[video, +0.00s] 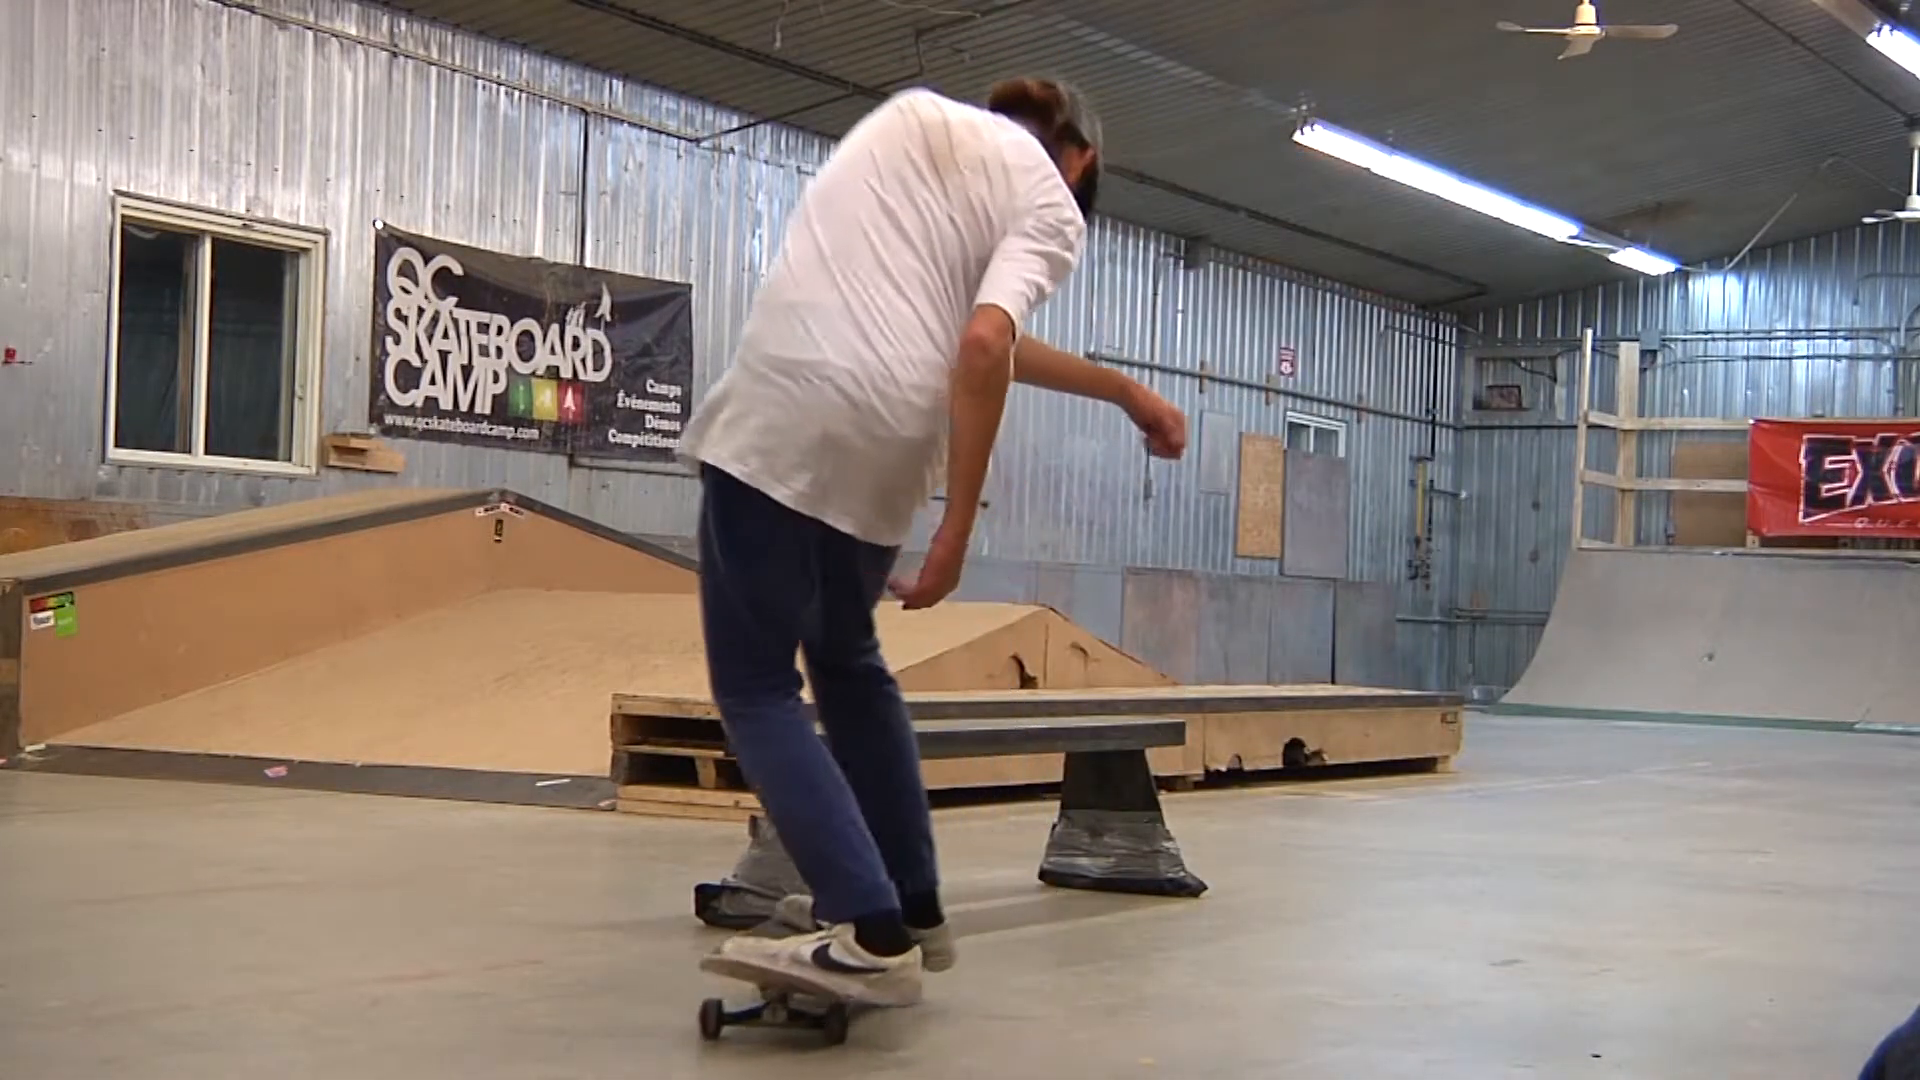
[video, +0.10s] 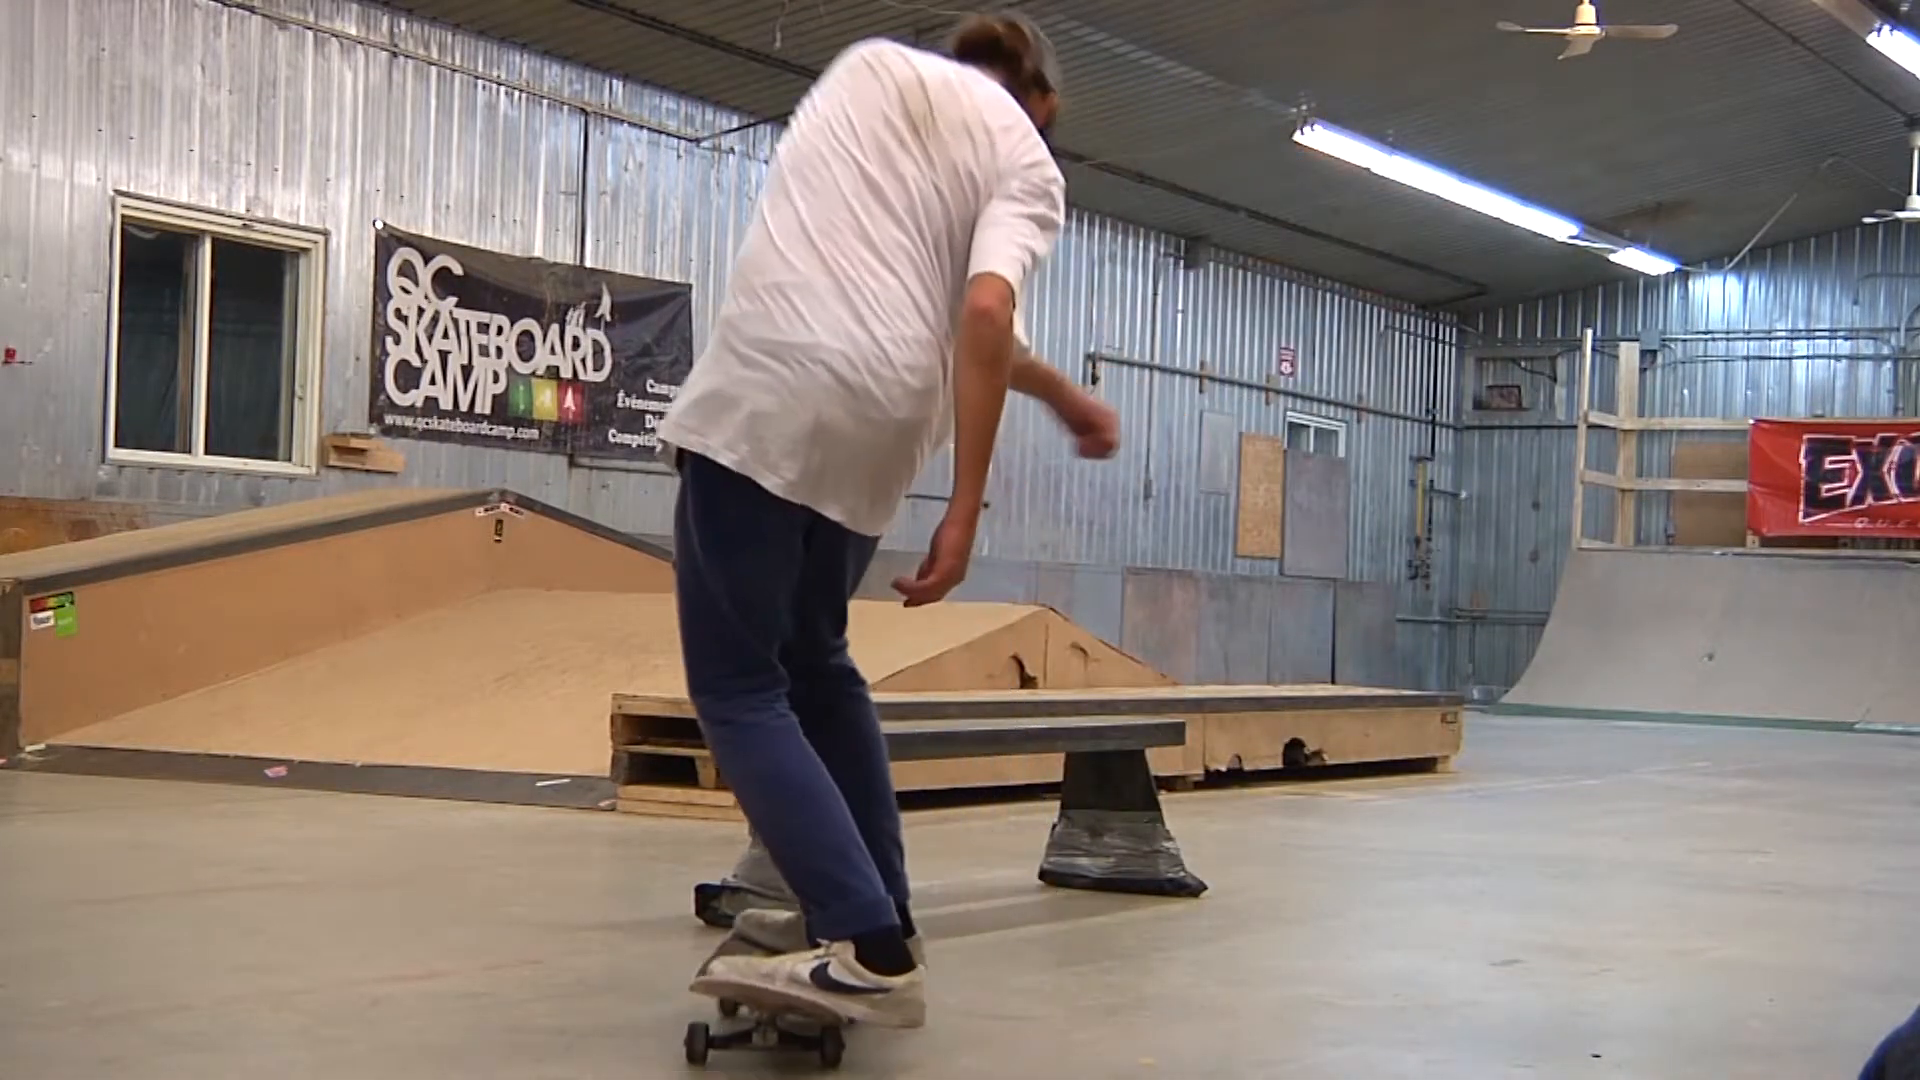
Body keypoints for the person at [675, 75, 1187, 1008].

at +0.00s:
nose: (1075, 202)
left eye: (1082, 190)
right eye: (1082, 187)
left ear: (1008, 116)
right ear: (1074, 157)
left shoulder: (912, 117)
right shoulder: (1050, 204)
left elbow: (974, 337)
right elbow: (986, 344)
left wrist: (1124, 391)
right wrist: (956, 531)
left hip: (768, 407)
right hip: (882, 439)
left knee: (756, 691)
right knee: (847, 654)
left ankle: (869, 928)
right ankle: (913, 907)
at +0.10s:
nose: (1045, 142)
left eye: (1050, 128)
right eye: (1048, 127)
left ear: (960, 56)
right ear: (1032, 101)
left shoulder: (866, 66)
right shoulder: (1027, 161)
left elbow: (910, 289)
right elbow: (988, 311)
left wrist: (1058, 393)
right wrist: (964, 507)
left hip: (758, 388)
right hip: (881, 428)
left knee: (739, 694)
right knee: (818, 659)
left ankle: (868, 945)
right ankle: (881, 917)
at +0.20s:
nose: (997, 63)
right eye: (1000, 49)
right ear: (984, 35)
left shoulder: (809, 18)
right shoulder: (1003, 113)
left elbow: (818, 237)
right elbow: (997, 283)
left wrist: (929, 410)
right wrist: (986, 485)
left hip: (762, 364)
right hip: (884, 402)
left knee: (724, 694)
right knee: (793, 652)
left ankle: (878, 963)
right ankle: (860, 924)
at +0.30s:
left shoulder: (741, 11)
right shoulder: (968, 64)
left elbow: (692, 237)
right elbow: (1013, 247)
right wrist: (1009, 461)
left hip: (772, 342)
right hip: (900, 376)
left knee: (713, 684)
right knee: (762, 650)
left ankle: (899, 976)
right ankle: (819, 922)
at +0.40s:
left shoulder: (705, 2)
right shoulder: (925, 32)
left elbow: (600, 170)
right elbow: (1018, 228)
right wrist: (1024, 443)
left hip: (784, 314)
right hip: (907, 352)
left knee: (698, 680)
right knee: (728, 660)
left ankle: (913, 989)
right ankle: (831, 952)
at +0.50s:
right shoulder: (884, 37)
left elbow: (547, 126)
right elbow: (987, 210)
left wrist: (426, 294)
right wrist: (1000, 433)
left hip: (781, 284)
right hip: (898, 335)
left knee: (689, 678)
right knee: (720, 668)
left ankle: (928, 1015)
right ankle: (841, 973)